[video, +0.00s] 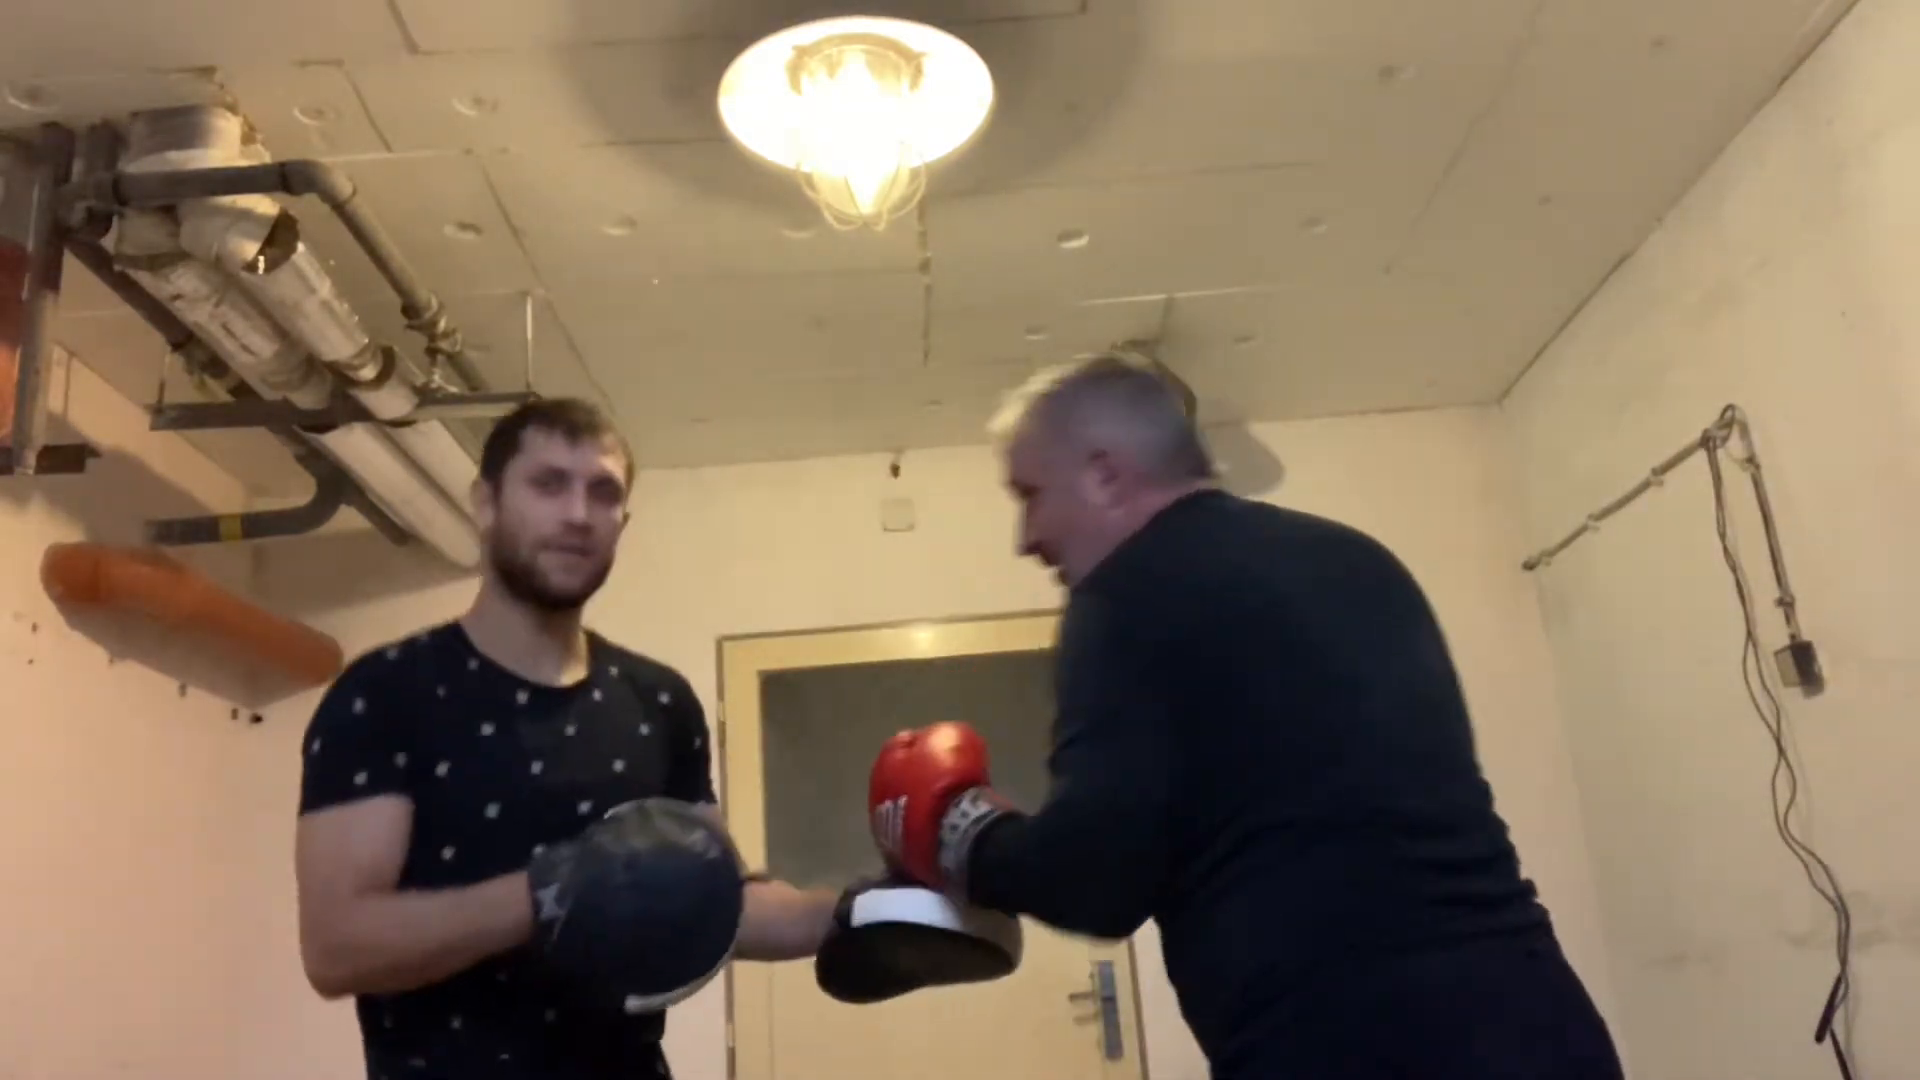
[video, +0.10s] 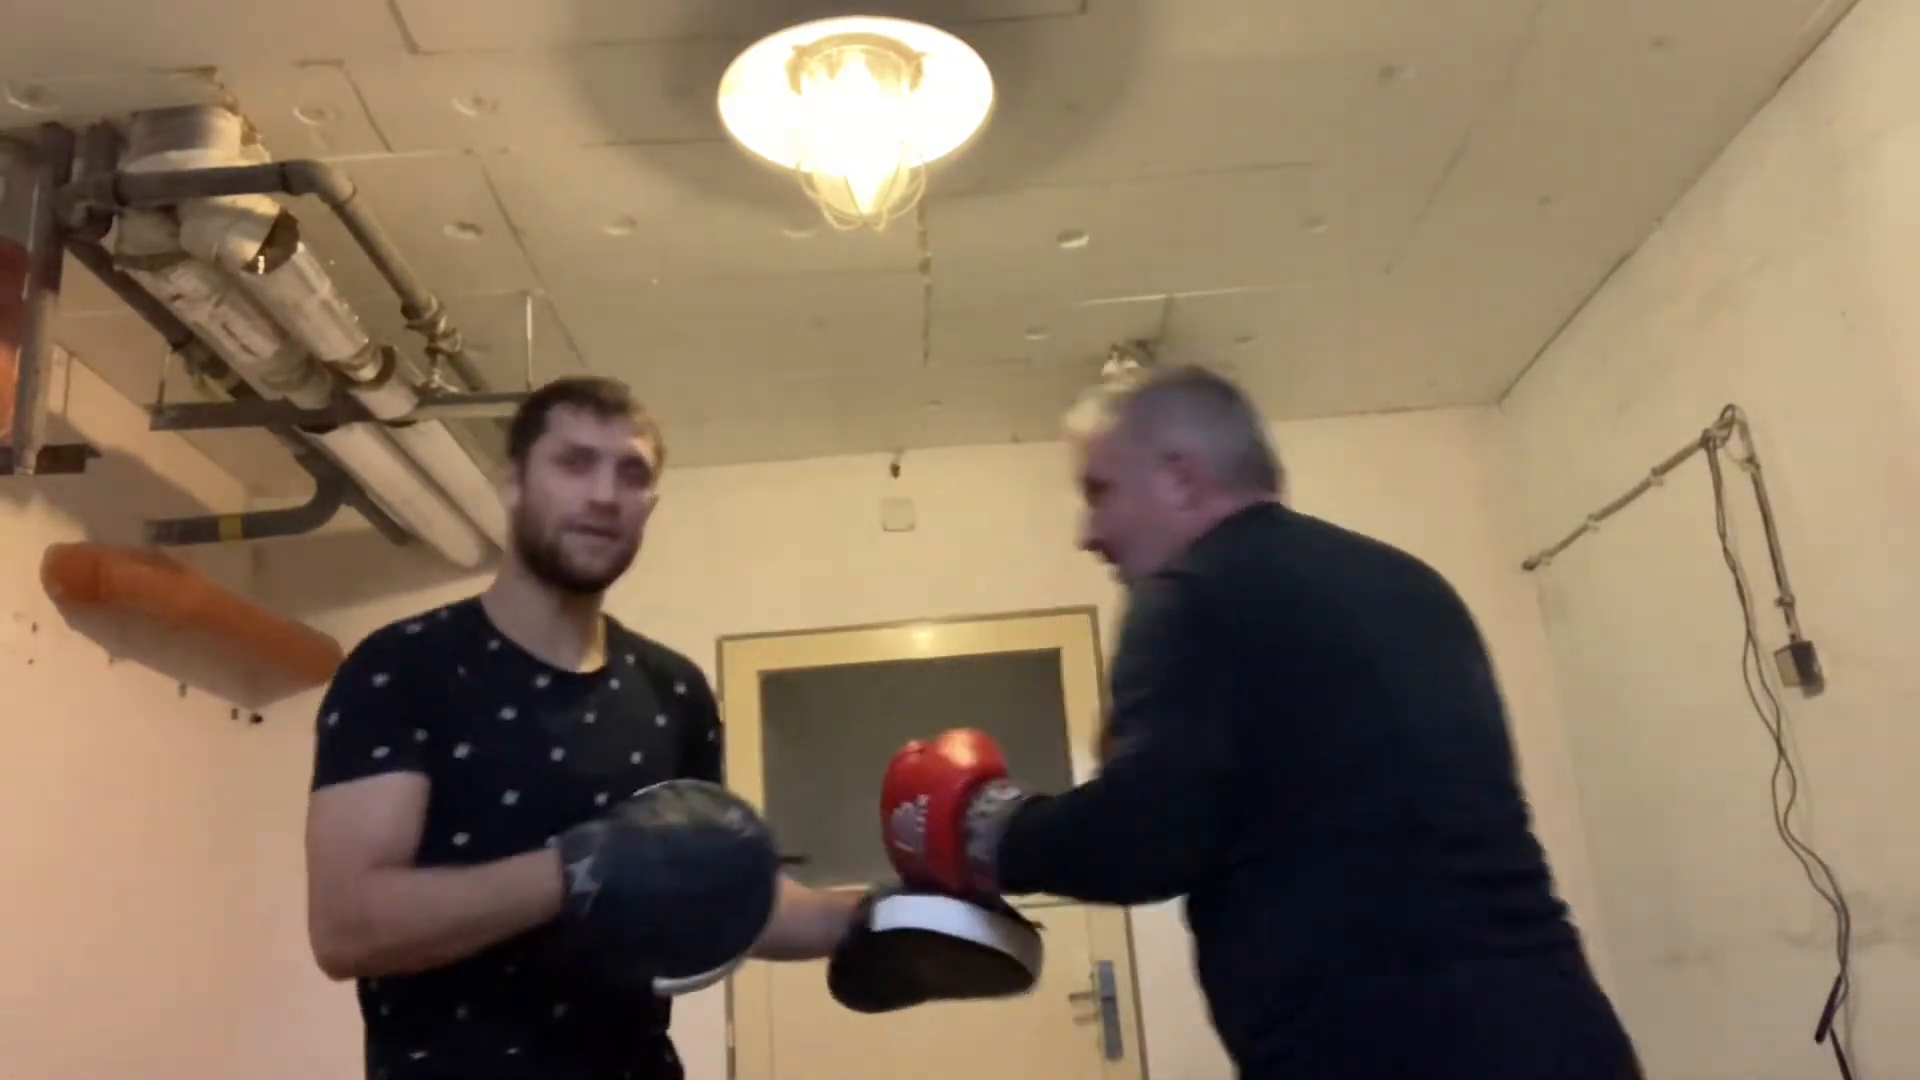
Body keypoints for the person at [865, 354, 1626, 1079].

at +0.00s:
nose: (1026, 539)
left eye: (1030, 495)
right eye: (1019, 504)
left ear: (1106, 473)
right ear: (1123, 474)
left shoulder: (1127, 598)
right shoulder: (1363, 559)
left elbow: (1104, 882)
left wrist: (964, 836)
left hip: (1323, 1041)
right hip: (1534, 1022)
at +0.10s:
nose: (1087, 535)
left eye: (1099, 493)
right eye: (1087, 500)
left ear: (1181, 478)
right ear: (1213, 479)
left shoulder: (1192, 601)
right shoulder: (1411, 580)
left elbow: (1159, 830)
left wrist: (994, 832)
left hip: (1352, 1046)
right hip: (1553, 1033)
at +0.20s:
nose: (1169, 547)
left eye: (1186, 510)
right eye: (1169, 515)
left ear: (1274, 503)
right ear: (1311, 507)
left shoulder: (1275, 617)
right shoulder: (1476, 617)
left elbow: (1246, 827)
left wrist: (1059, 838)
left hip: (1405, 1053)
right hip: (1592, 1041)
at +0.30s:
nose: (1243, 554)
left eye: (1263, 517)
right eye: (1243, 524)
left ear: (1356, 513)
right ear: (1372, 518)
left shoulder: (1354, 631)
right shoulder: (1530, 636)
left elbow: (1366, 840)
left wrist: (1166, 834)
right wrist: (1301, 787)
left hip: (1482, 1054)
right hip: (1647, 1042)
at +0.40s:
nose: (1280, 505)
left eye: (1301, 469)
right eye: (1283, 477)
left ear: (1397, 474)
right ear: (1399, 478)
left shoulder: (1411, 585)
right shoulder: (1522, 585)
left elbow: (1439, 777)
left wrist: (1252, 782)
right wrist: (1334, 739)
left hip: (1527, 1047)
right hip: (1641, 1031)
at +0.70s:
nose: (1366, 532)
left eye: (1394, 499)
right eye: (1370, 507)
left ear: (1485, 512)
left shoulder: (1496, 617)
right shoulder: (1555, 622)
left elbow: (1470, 792)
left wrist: (1283, 786)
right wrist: (1388, 756)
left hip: (1549, 1050)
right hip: (1611, 1041)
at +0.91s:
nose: (1379, 569)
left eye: (1409, 541)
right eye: (1376, 548)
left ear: (1494, 557)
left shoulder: (1538, 655)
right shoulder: (1479, 677)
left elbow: (1634, 842)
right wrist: (1405, 845)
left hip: (1619, 1055)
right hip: (1554, 1056)